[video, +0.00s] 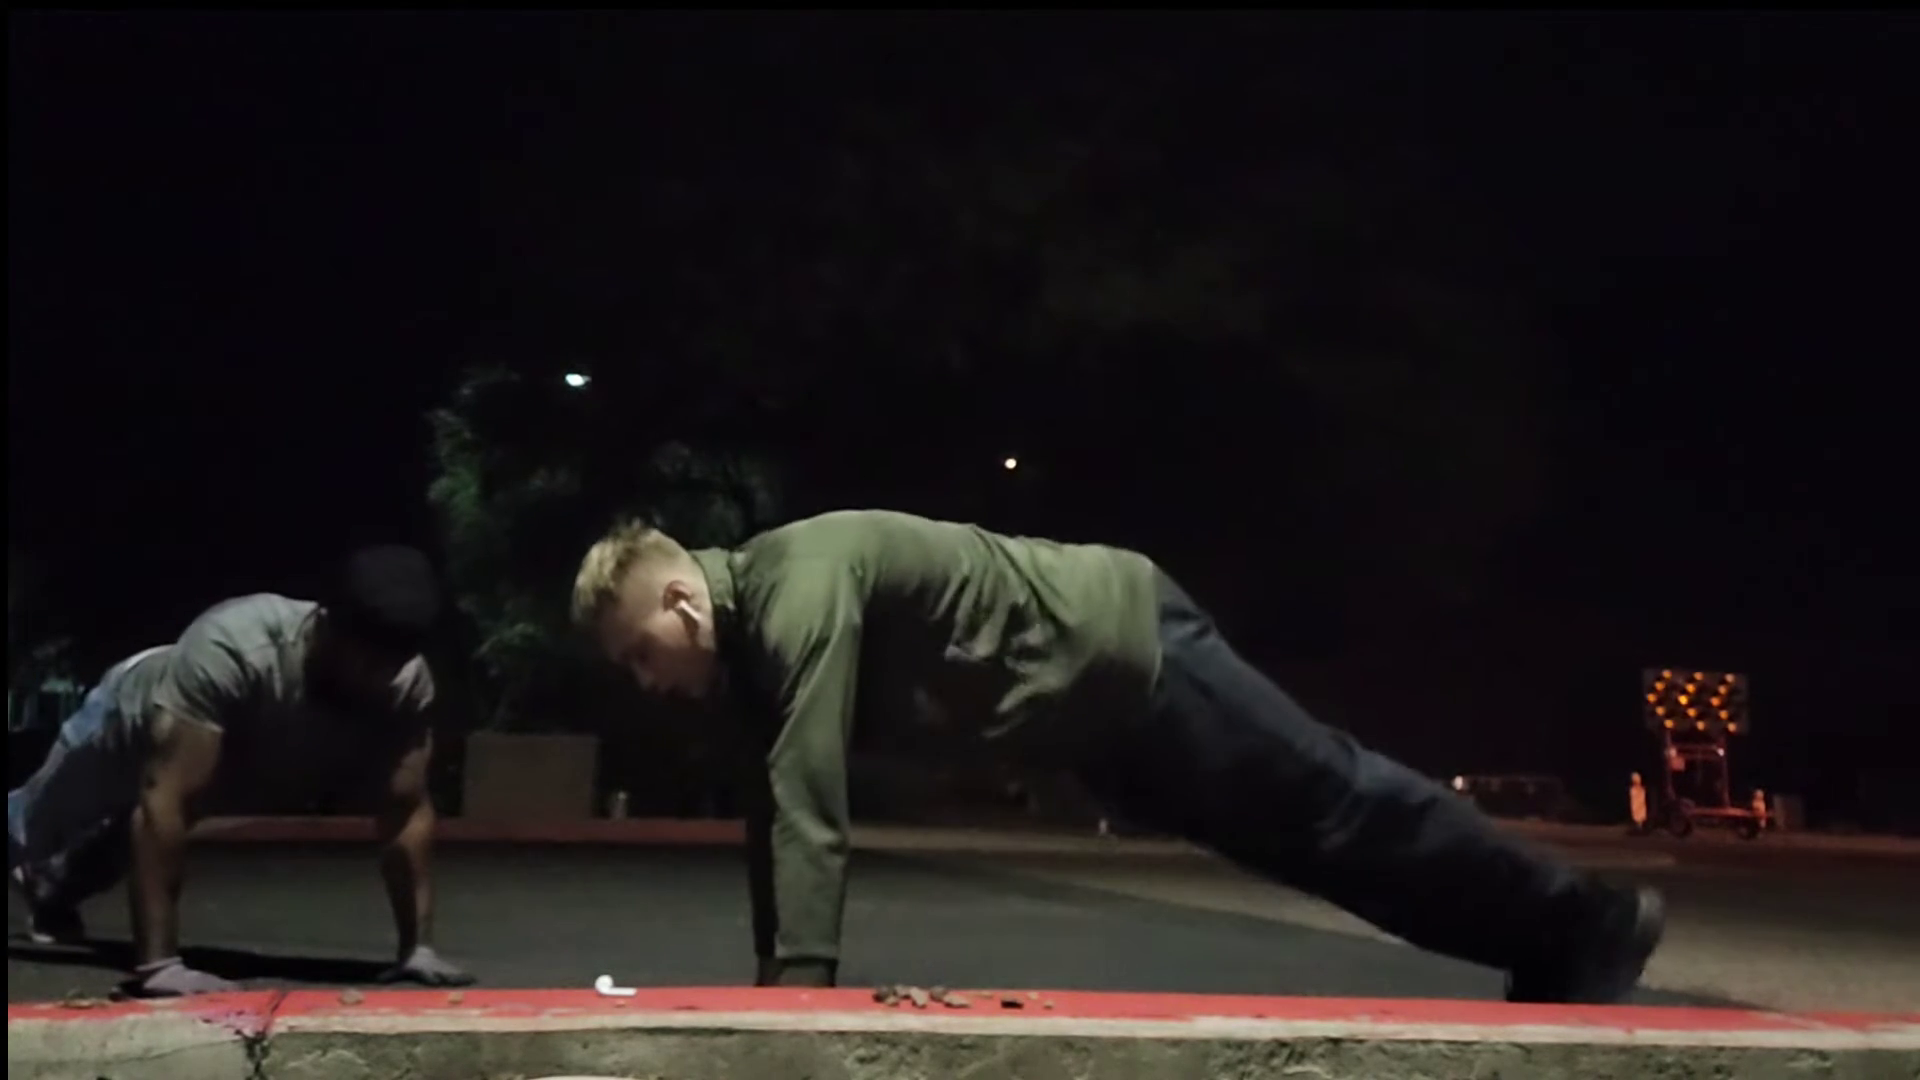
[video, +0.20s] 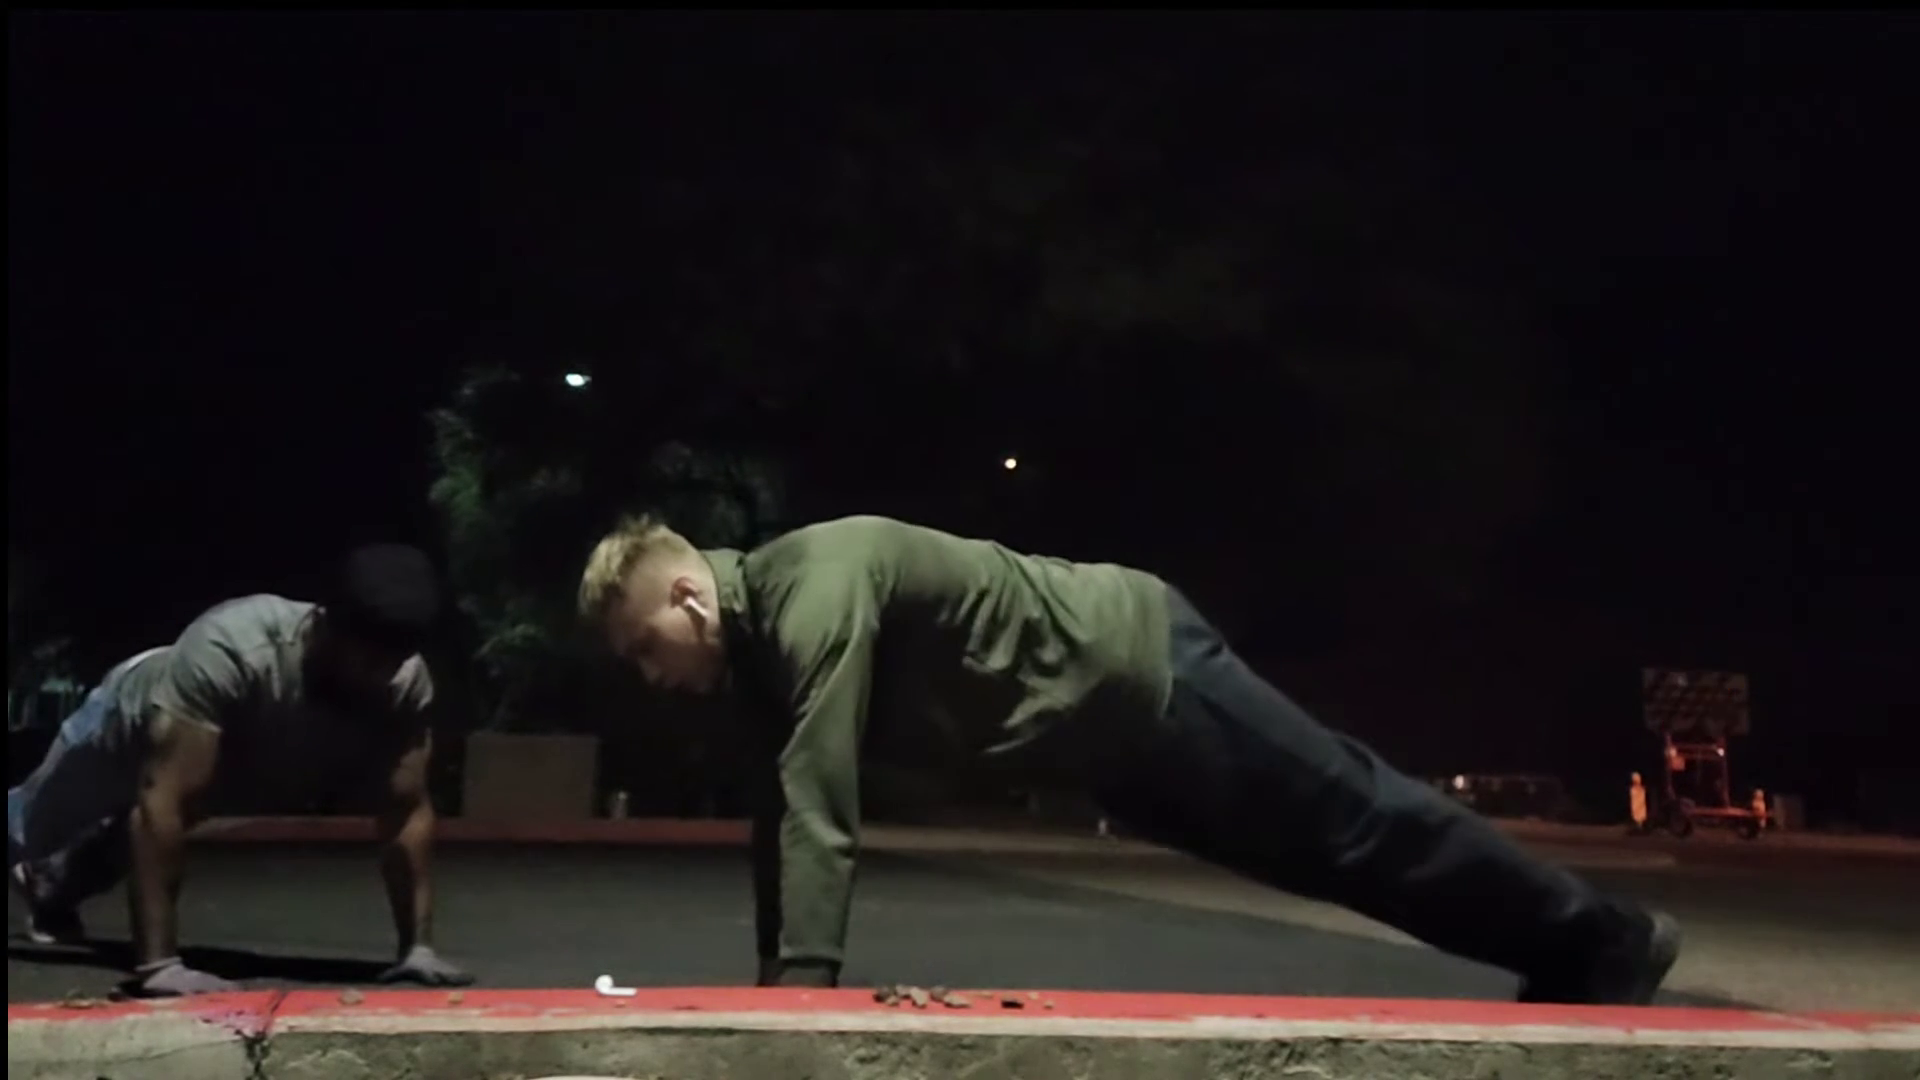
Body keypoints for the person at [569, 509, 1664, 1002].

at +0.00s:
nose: (656, 678)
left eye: (645, 651)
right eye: (637, 666)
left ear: (680, 592)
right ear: (668, 621)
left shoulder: (801, 578)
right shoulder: (759, 631)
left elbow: (806, 785)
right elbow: (775, 800)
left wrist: (805, 968)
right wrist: (784, 973)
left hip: (1129, 647)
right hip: (1095, 709)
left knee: (1339, 803)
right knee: (1306, 841)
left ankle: (1587, 926)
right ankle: (1539, 945)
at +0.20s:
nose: (658, 675)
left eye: (649, 648)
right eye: (640, 661)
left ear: (687, 589)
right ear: (675, 616)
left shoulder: (816, 583)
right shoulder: (771, 631)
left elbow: (817, 789)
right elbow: (783, 803)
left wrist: (807, 970)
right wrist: (782, 971)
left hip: (1140, 665)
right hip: (1103, 725)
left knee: (1356, 818)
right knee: (1325, 851)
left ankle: (1603, 938)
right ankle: (1557, 949)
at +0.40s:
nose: (657, 677)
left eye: (648, 649)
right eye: (639, 663)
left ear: (688, 592)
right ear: (673, 624)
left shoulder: (820, 579)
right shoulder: (772, 640)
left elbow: (820, 785)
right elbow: (784, 804)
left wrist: (808, 969)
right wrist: (781, 971)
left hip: (1143, 662)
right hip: (1107, 729)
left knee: (1362, 815)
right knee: (1330, 851)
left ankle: (1606, 940)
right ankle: (1557, 951)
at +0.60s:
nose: (660, 677)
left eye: (651, 650)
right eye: (642, 664)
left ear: (691, 592)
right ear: (675, 629)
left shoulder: (822, 578)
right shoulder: (772, 645)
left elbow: (819, 784)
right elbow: (782, 806)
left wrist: (808, 969)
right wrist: (782, 972)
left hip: (1145, 662)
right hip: (1109, 730)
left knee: (1364, 815)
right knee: (1332, 850)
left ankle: (1607, 940)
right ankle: (1559, 950)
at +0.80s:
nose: (658, 675)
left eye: (650, 647)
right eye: (640, 662)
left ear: (688, 592)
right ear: (672, 625)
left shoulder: (819, 578)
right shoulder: (769, 640)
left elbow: (815, 787)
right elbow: (780, 803)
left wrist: (807, 969)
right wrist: (782, 971)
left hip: (1143, 662)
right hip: (1108, 727)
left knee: (1362, 815)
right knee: (1329, 851)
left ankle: (1605, 940)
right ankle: (1557, 950)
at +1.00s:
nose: (655, 669)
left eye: (645, 642)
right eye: (638, 656)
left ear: (683, 585)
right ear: (672, 613)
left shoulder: (814, 576)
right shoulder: (766, 633)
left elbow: (810, 784)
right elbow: (778, 799)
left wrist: (804, 968)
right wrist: (781, 970)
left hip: (1141, 663)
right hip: (1105, 729)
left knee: (1361, 817)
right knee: (1326, 854)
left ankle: (1604, 938)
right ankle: (1557, 948)